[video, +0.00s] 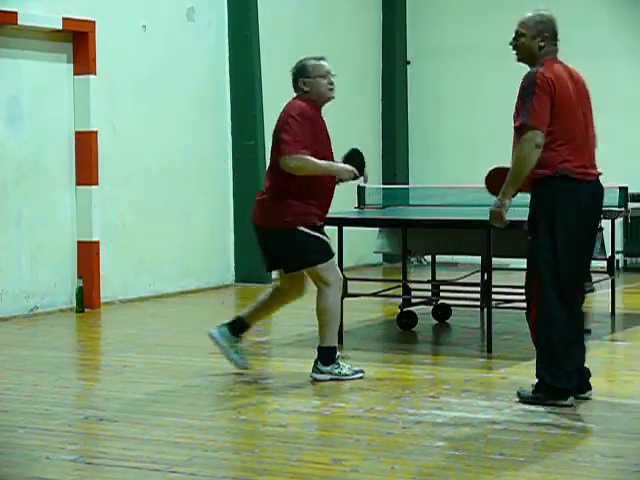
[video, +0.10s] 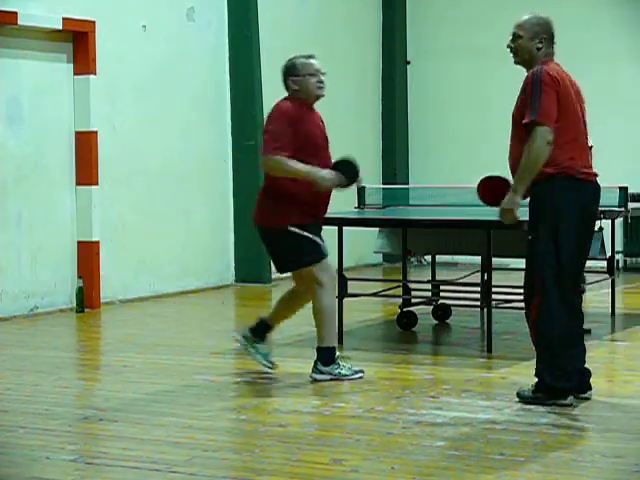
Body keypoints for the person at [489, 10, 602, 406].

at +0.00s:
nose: (513, 43)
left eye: (519, 36)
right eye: (514, 37)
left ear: (543, 41)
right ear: (547, 43)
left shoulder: (540, 77)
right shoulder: (572, 77)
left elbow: (534, 140)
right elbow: (576, 141)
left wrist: (503, 198)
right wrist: (524, 173)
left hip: (559, 192)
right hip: (586, 191)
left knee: (547, 286)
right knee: (567, 285)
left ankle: (555, 384)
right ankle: (573, 377)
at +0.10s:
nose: (510, 44)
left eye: (516, 38)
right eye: (511, 38)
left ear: (540, 43)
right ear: (542, 46)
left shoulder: (542, 76)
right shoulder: (562, 78)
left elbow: (543, 137)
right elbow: (567, 143)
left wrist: (515, 193)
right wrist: (520, 186)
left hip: (559, 191)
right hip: (577, 190)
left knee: (546, 284)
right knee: (563, 283)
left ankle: (555, 383)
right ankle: (572, 378)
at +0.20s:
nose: (506, 44)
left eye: (513, 38)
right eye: (507, 38)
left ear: (536, 44)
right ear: (536, 47)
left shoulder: (541, 75)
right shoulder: (551, 80)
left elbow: (552, 132)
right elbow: (569, 150)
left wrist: (531, 189)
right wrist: (524, 188)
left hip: (564, 186)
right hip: (574, 188)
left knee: (537, 279)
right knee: (561, 280)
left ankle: (551, 379)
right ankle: (573, 377)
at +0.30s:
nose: (500, 44)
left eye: (508, 38)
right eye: (501, 38)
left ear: (531, 44)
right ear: (526, 45)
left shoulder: (541, 76)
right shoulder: (530, 83)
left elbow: (560, 130)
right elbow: (541, 144)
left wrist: (546, 192)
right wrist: (514, 186)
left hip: (566, 185)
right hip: (567, 186)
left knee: (531, 279)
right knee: (559, 281)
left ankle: (542, 379)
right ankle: (574, 376)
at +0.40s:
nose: (496, 44)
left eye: (503, 38)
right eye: (497, 38)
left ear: (527, 43)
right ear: (519, 45)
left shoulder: (539, 77)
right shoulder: (523, 83)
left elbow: (561, 131)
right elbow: (532, 143)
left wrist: (554, 193)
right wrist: (505, 185)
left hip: (560, 190)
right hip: (558, 189)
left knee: (535, 282)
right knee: (559, 283)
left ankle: (527, 385)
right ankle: (571, 378)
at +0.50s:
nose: (492, 42)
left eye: (499, 36)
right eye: (492, 36)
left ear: (523, 42)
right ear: (512, 44)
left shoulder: (534, 77)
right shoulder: (517, 81)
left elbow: (558, 135)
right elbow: (525, 141)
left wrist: (553, 200)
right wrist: (498, 184)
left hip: (556, 194)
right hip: (544, 193)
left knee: (540, 285)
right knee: (557, 286)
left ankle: (525, 388)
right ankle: (571, 378)